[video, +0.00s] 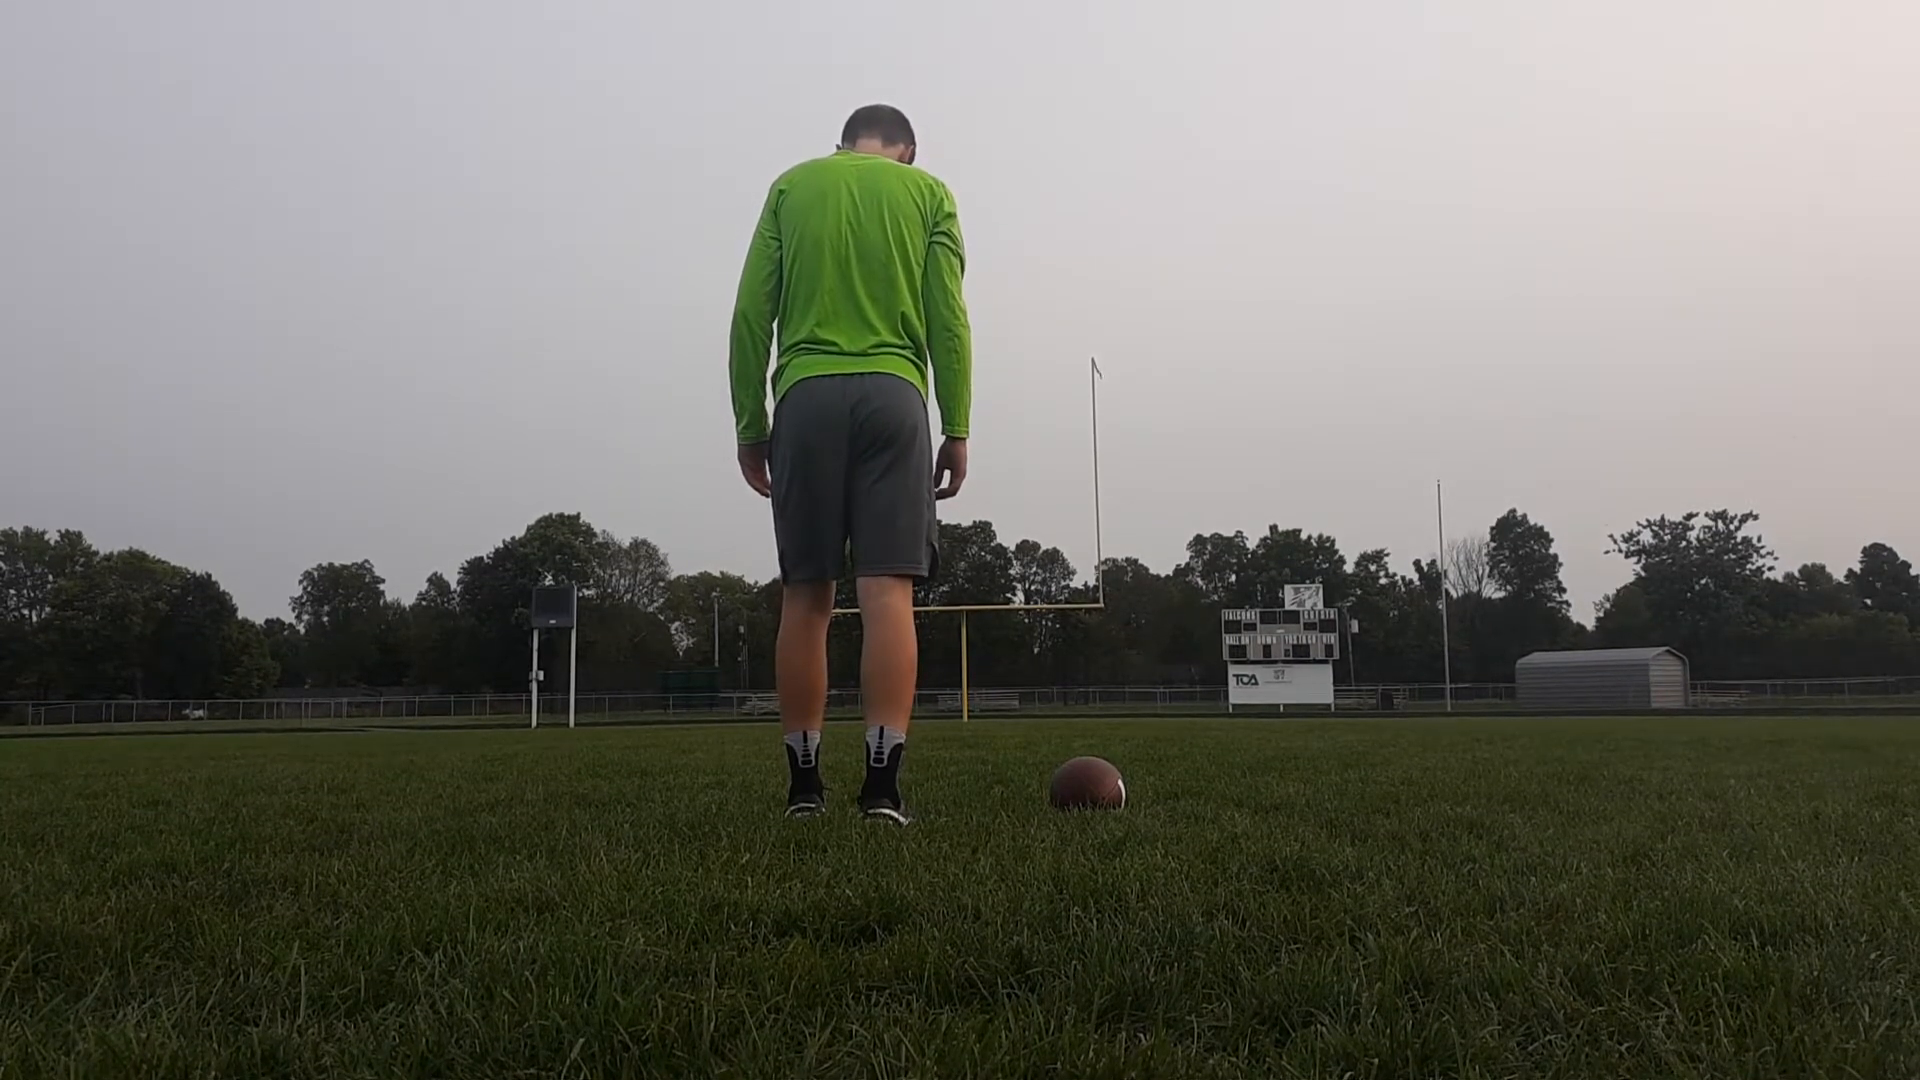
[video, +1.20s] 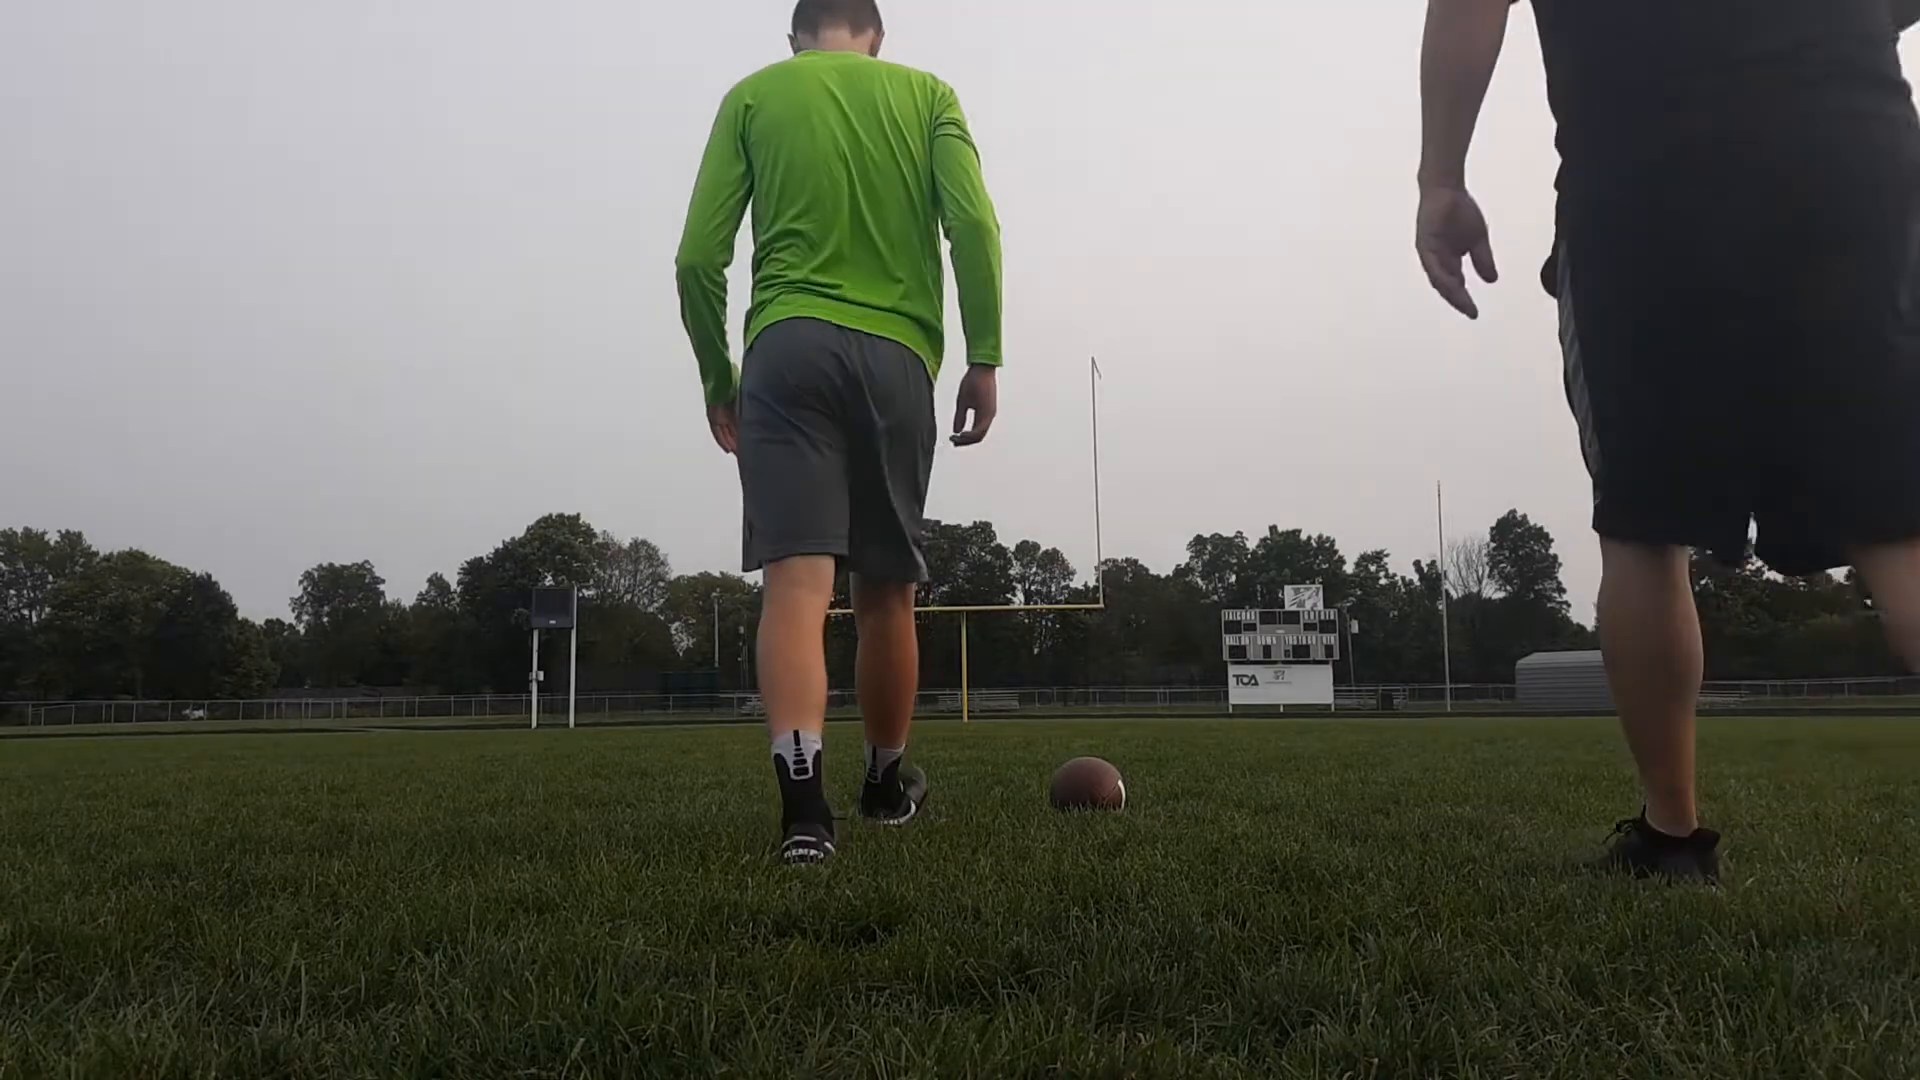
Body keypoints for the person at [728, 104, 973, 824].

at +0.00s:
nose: (910, 170)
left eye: (905, 161)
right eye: (912, 160)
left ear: (843, 141)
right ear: (906, 148)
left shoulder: (792, 184)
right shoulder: (927, 191)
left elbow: (751, 310)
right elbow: (947, 313)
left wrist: (751, 426)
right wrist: (957, 427)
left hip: (807, 397)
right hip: (893, 397)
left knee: (806, 593)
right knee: (889, 591)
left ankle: (805, 787)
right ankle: (882, 792)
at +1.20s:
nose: (868, 50)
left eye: (819, 40)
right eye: (873, 38)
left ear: (797, 34)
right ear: (874, 33)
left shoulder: (754, 93)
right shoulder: (923, 91)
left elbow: (698, 258)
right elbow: (972, 219)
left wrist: (720, 384)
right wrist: (983, 357)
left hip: (788, 342)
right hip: (894, 350)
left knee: (795, 582)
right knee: (887, 586)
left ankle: (804, 818)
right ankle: (887, 786)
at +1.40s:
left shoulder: (733, 36)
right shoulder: (913, 25)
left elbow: (686, 208)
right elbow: (954, 150)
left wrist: (701, 350)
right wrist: (971, 300)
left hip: (775, 296)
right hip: (887, 299)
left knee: (793, 556)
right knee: (896, 550)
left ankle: (805, 815)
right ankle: (886, 784)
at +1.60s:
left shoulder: (718, 10)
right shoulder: (917, 7)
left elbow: (665, 164)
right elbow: (952, 113)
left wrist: (669, 327)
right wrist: (977, 279)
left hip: (761, 278)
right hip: (880, 277)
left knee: (787, 555)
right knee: (908, 537)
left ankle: (802, 826)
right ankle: (890, 763)